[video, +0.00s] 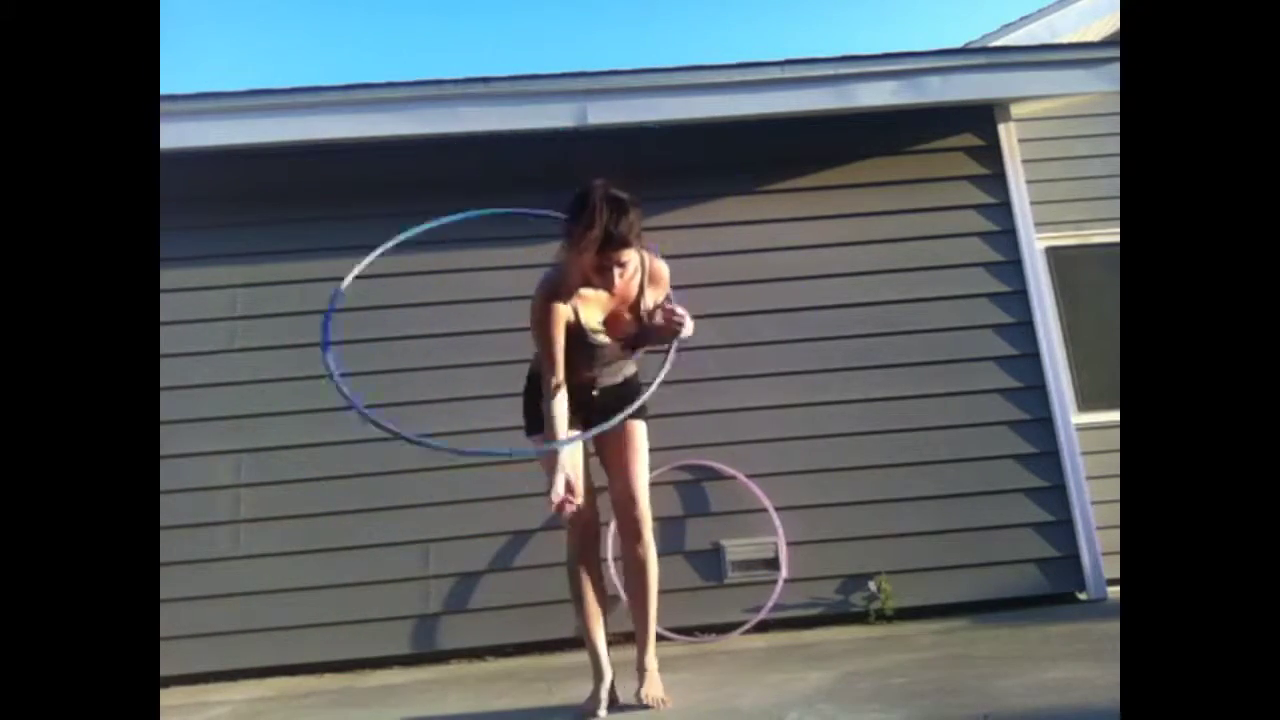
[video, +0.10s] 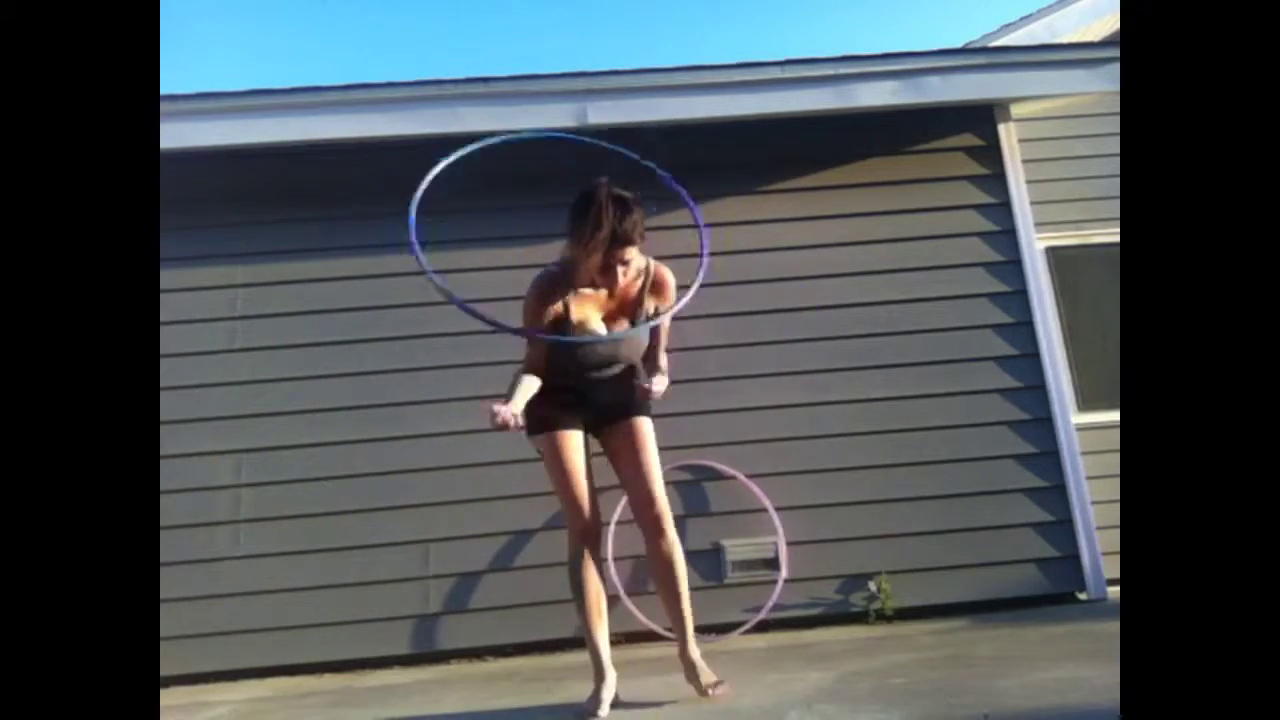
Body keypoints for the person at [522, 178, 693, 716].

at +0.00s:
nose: (615, 272)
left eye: (623, 262)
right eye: (604, 263)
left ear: (639, 247)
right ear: (583, 251)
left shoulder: (653, 273)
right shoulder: (556, 295)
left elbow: (643, 332)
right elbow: (556, 384)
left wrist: (669, 328)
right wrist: (564, 462)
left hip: (619, 390)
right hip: (558, 398)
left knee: (637, 521)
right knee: (584, 530)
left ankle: (648, 664)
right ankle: (601, 674)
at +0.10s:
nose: (616, 269)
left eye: (626, 258)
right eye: (606, 258)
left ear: (640, 246)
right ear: (583, 246)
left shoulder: (657, 281)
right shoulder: (550, 291)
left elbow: (658, 348)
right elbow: (535, 365)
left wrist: (657, 374)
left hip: (621, 392)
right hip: (557, 397)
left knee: (658, 517)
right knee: (586, 531)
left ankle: (689, 650)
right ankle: (603, 672)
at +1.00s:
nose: (729, 269)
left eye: (734, 259)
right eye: (721, 262)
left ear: (735, 251)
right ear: (695, 249)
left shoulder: (735, 263)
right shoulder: (656, 301)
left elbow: (736, 277)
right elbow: (655, 383)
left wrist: (771, 274)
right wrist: (714, 437)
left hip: (710, 384)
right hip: (651, 393)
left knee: (751, 510)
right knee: (654, 533)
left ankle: (770, 661)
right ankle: (615, 674)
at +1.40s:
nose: (656, 273)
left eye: (666, 262)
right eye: (647, 262)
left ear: (679, 253)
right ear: (627, 247)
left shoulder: (686, 301)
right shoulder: (595, 274)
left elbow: (670, 390)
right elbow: (585, 355)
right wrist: (568, 425)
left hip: (674, 406)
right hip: (617, 404)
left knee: (660, 528)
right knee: (597, 531)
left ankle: (757, 644)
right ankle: (642, 673)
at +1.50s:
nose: (624, 244)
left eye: (635, 235)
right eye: (618, 231)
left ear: (656, 232)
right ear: (605, 222)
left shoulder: (652, 289)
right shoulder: (591, 248)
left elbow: (612, 386)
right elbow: (576, 331)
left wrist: (541, 446)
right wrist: (533, 398)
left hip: (651, 398)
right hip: (614, 394)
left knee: (587, 529)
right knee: (589, 534)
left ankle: (702, 613)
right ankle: (642, 676)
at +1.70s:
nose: (568, 191)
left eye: (573, 182)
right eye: (571, 182)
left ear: (591, 188)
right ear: (620, 189)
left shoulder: (583, 250)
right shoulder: (636, 243)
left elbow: (554, 336)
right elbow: (594, 324)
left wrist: (513, 390)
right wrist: (543, 377)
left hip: (582, 389)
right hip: (635, 386)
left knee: (553, 527)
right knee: (598, 527)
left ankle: (563, 660)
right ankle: (640, 666)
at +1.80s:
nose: (573, 183)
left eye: (577, 176)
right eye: (587, 176)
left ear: (581, 182)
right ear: (626, 186)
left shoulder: (553, 235)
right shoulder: (636, 245)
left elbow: (529, 310)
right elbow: (619, 311)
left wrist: (529, 373)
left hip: (560, 377)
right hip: (620, 373)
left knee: (570, 524)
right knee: (611, 521)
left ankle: (565, 667)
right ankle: (640, 661)